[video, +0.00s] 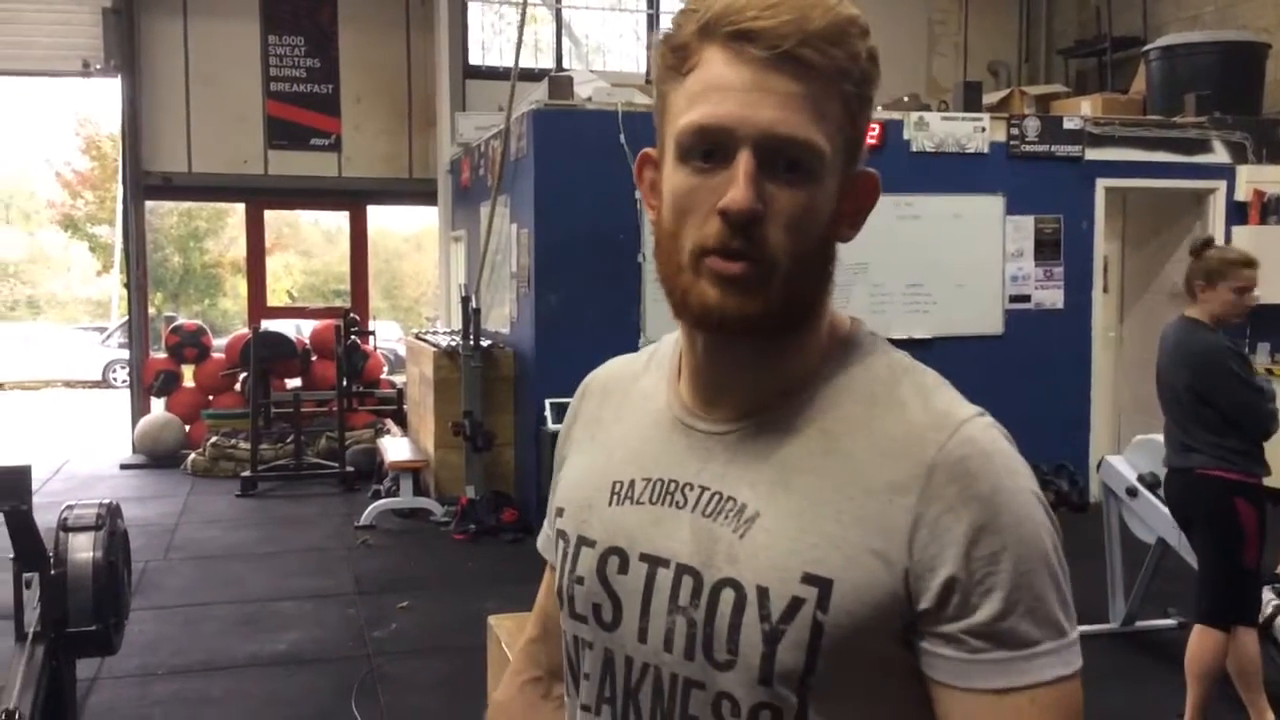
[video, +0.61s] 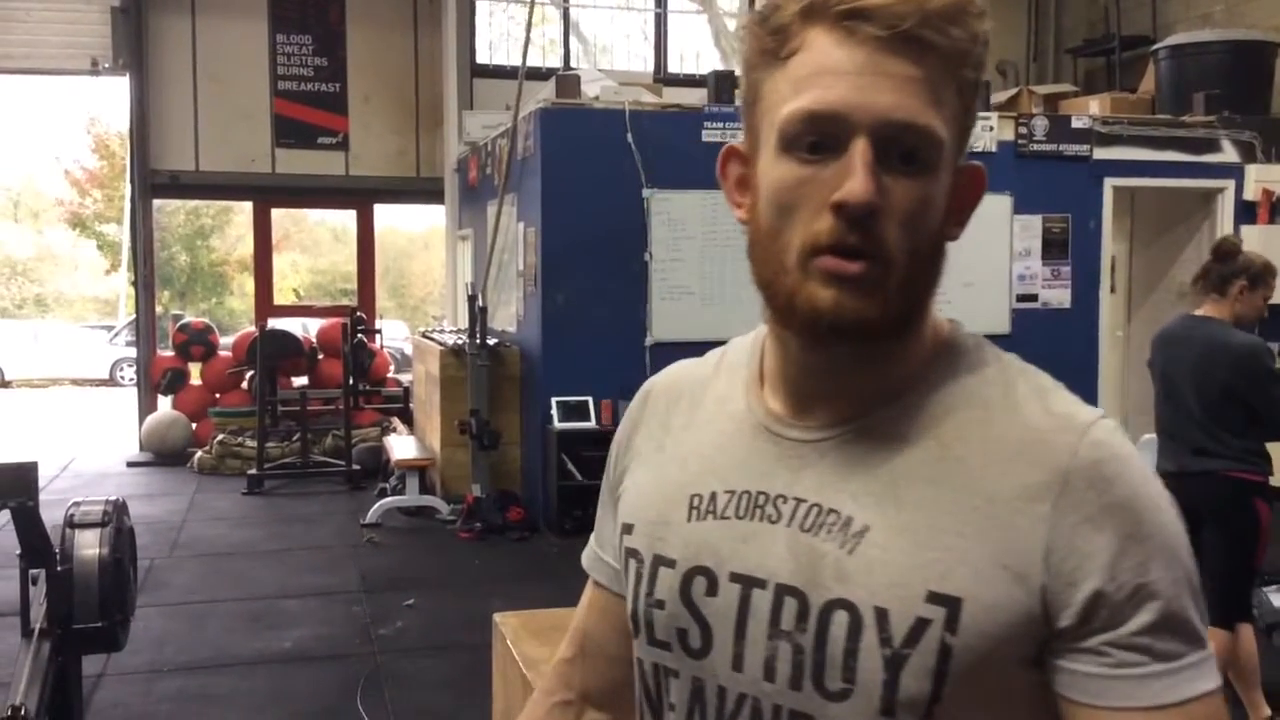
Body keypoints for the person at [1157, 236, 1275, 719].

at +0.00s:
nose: (1251, 301)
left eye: (1252, 291)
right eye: (1242, 291)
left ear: (1204, 292)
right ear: (1205, 290)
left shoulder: (1176, 336)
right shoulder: (1214, 349)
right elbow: (1263, 420)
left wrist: (1253, 387)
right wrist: (1260, 385)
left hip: (1191, 481)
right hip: (1223, 488)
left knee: (1241, 611)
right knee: (1215, 613)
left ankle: (1261, 712)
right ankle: (1192, 715)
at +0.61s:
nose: (1266, 309)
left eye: (1268, 300)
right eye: (1265, 299)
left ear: (1221, 286)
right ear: (1240, 291)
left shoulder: (1165, 339)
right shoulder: (1249, 350)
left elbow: (1175, 408)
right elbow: (1273, 422)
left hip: (1178, 482)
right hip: (1235, 486)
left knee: (1234, 608)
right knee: (1219, 612)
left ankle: (1257, 709)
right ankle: (1202, 710)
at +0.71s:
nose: (1262, 309)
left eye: (1265, 299)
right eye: (1261, 298)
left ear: (1218, 284)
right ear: (1238, 289)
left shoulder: (1162, 336)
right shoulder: (1246, 348)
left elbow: (1167, 401)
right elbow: (1272, 420)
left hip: (1174, 478)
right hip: (1232, 483)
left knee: (1183, 595)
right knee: (1233, 603)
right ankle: (1253, 705)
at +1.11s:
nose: (1242, 289)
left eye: (1243, 281)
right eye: (1241, 281)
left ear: (1186, 275)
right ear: (1232, 281)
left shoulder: (1151, 330)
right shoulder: (1232, 339)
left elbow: (1154, 394)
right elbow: (1258, 418)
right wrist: (1208, 398)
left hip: (1160, 472)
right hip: (1218, 476)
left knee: (1169, 588)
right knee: (1218, 597)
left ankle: (1169, 698)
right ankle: (1240, 703)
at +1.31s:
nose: (1170, 279)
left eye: (1173, 272)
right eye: (1172, 272)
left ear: (1182, 277)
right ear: (1227, 280)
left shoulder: (1150, 330)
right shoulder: (1251, 333)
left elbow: (1150, 393)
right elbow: (1266, 412)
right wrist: (1217, 408)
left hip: (1157, 476)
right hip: (1223, 478)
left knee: (1209, 589)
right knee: (1199, 601)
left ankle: (1236, 696)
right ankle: (1179, 710)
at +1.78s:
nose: (1180, 258)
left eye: (1189, 250)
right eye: (1182, 248)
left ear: (1219, 259)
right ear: (1233, 258)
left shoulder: (1184, 311)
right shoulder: (1274, 300)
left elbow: (1165, 371)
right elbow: (1272, 365)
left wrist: (1217, 358)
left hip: (1196, 459)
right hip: (1265, 455)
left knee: (1218, 578)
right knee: (1236, 578)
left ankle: (1258, 674)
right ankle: (1206, 692)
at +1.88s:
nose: (1203, 258)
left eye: (1210, 249)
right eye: (1205, 248)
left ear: (1230, 255)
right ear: (1259, 252)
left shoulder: (1199, 310)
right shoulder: (1275, 296)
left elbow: (1185, 369)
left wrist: (1231, 368)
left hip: (1212, 452)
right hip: (1271, 449)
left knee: (1239, 571)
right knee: (1253, 575)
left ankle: (1271, 664)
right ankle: (1223, 688)